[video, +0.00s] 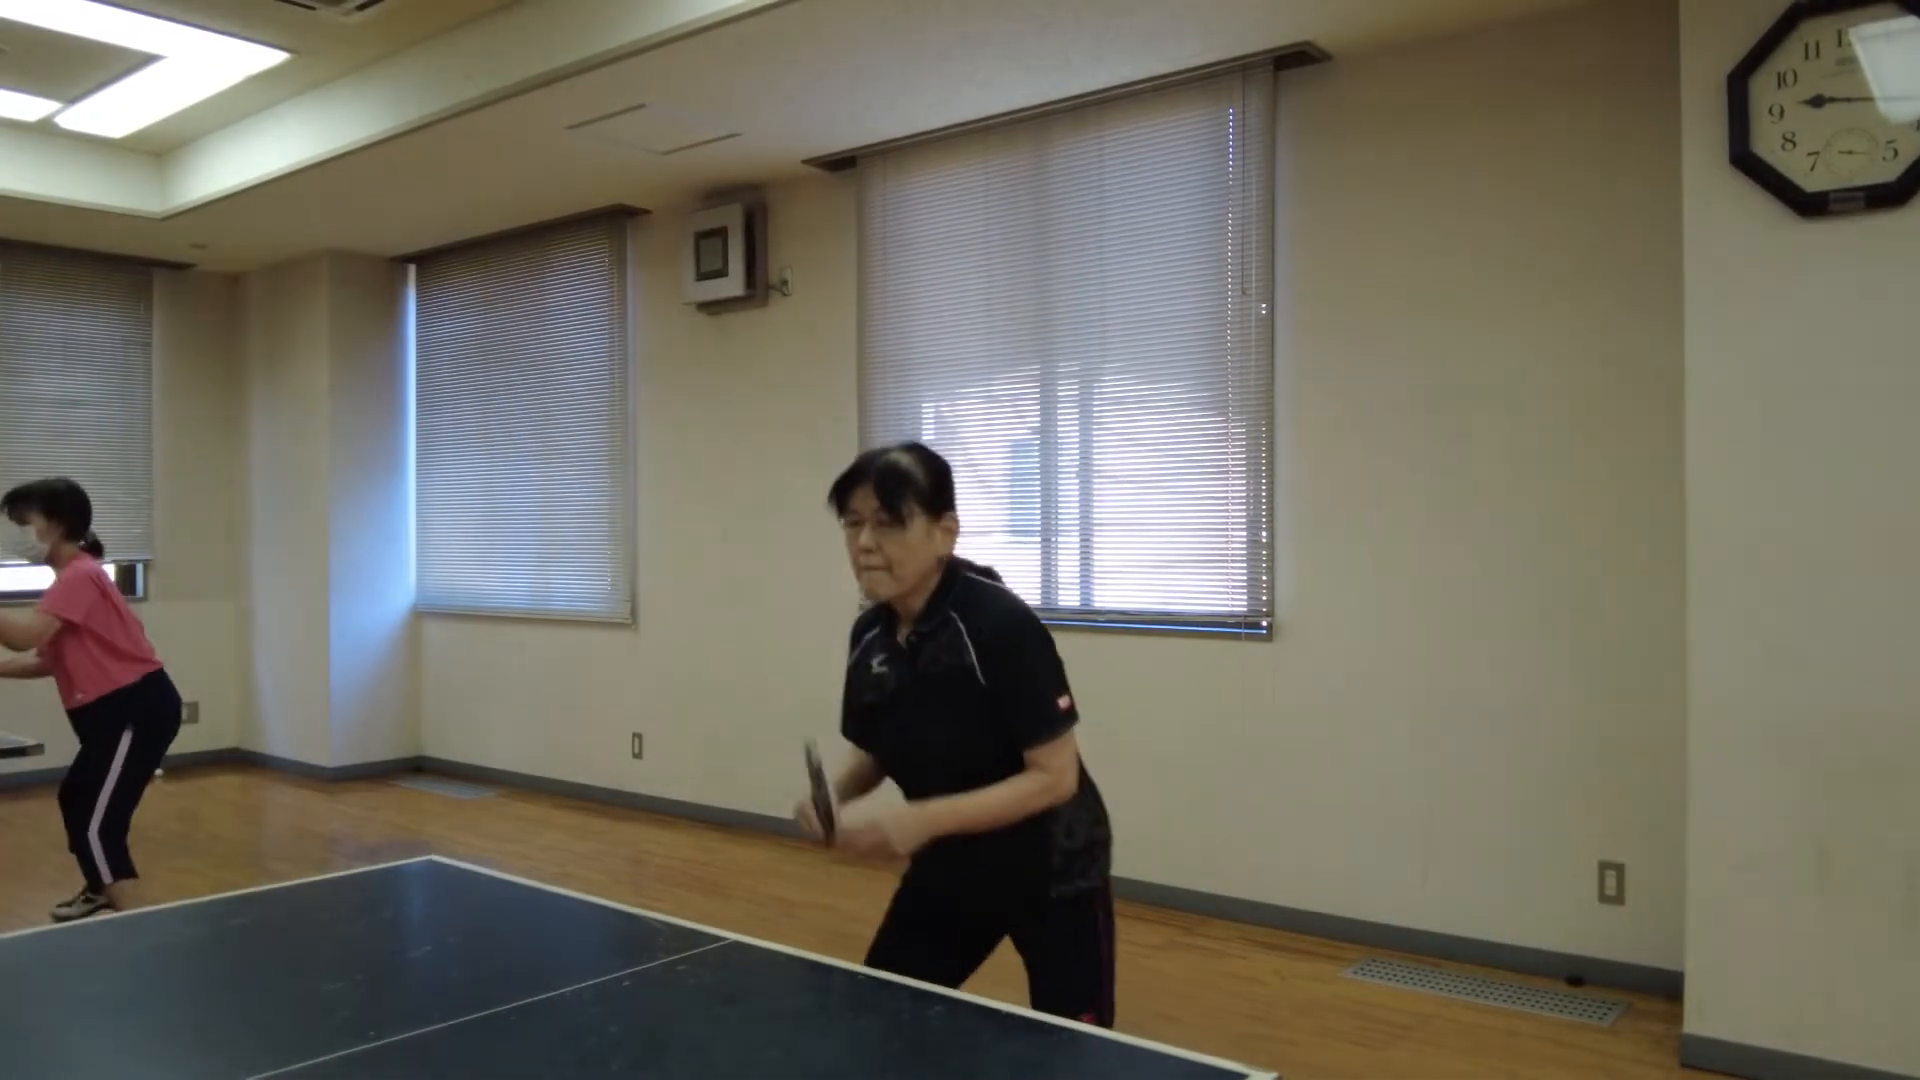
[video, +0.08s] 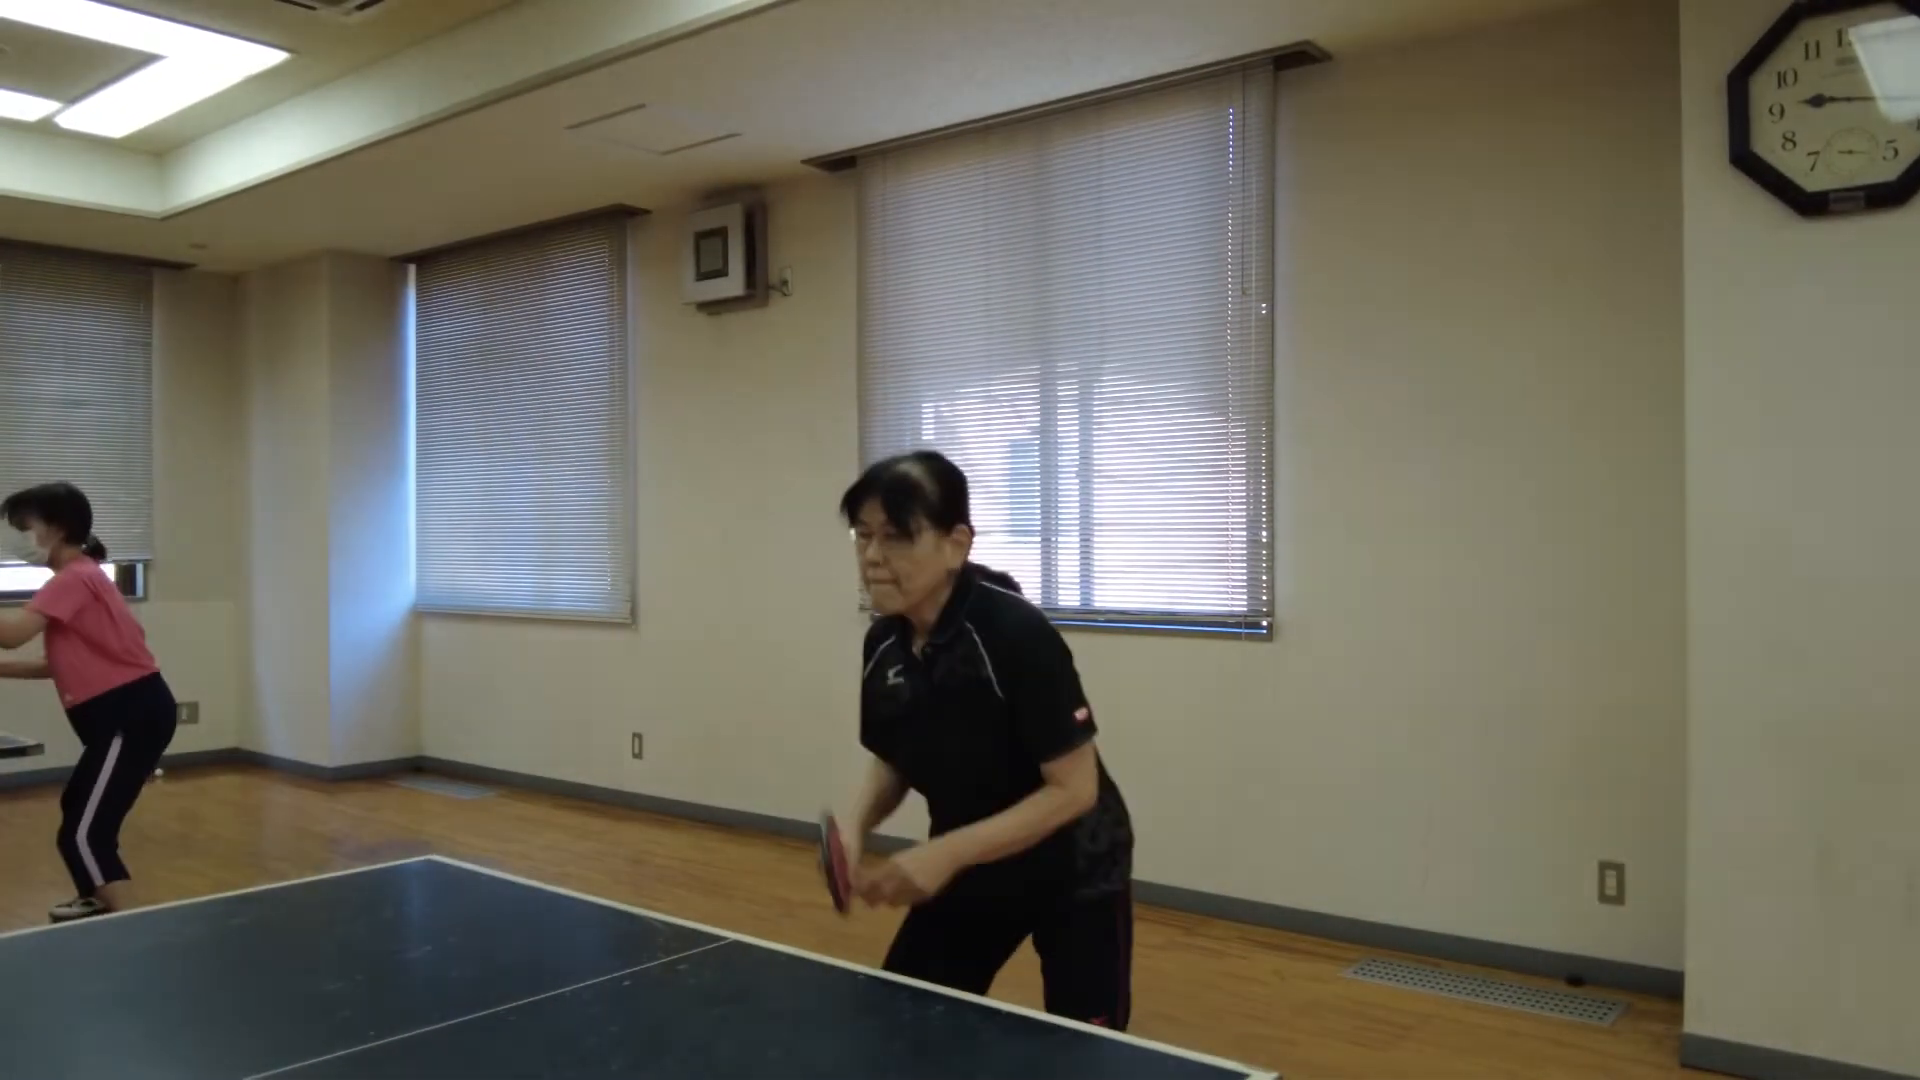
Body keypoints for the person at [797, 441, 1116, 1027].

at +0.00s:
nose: (864, 544)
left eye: (887, 524)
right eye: (854, 525)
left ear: (945, 531)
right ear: (842, 532)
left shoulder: (1000, 623)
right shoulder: (872, 632)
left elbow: (1058, 777)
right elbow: (882, 745)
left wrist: (922, 820)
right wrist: (833, 794)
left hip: (1055, 860)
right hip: (958, 858)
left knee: (1075, 1049)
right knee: (876, 1013)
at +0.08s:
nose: (872, 557)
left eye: (897, 537)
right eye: (864, 537)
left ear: (958, 542)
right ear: (854, 539)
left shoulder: (1014, 633)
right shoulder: (886, 642)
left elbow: (1077, 790)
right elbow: (897, 756)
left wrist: (944, 854)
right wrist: (854, 823)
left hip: (1075, 863)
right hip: (974, 863)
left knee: (1087, 1050)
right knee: (896, 1018)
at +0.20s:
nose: (888, 561)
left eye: (912, 541)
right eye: (880, 540)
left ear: (975, 544)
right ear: (870, 539)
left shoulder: (1038, 631)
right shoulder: (900, 640)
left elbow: (1111, 782)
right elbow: (920, 754)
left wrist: (986, 860)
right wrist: (895, 847)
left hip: (1089, 855)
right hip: (981, 859)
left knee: (1101, 1048)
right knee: (914, 1021)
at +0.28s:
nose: (900, 558)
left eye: (925, 540)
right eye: (893, 536)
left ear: (987, 546)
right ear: (883, 532)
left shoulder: (1051, 631)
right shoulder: (905, 633)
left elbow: (1125, 776)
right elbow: (929, 744)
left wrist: (1005, 857)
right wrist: (909, 839)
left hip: (1091, 852)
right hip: (981, 854)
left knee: (1097, 1049)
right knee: (915, 1021)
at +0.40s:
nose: (918, 557)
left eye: (945, 540)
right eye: (910, 534)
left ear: (1004, 547)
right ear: (898, 530)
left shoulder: (1061, 637)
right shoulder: (907, 633)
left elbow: (1121, 790)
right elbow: (922, 745)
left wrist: (999, 854)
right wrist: (899, 832)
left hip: (1079, 865)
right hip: (967, 862)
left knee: (1082, 1053)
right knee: (892, 1015)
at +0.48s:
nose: (922, 557)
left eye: (950, 540)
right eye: (914, 534)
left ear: (1006, 546)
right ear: (903, 531)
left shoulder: (1064, 641)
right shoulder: (906, 634)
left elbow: (1105, 802)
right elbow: (906, 753)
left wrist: (982, 846)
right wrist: (885, 827)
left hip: (1067, 869)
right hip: (955, 864)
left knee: (1075, 1053)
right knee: (880, 1011)